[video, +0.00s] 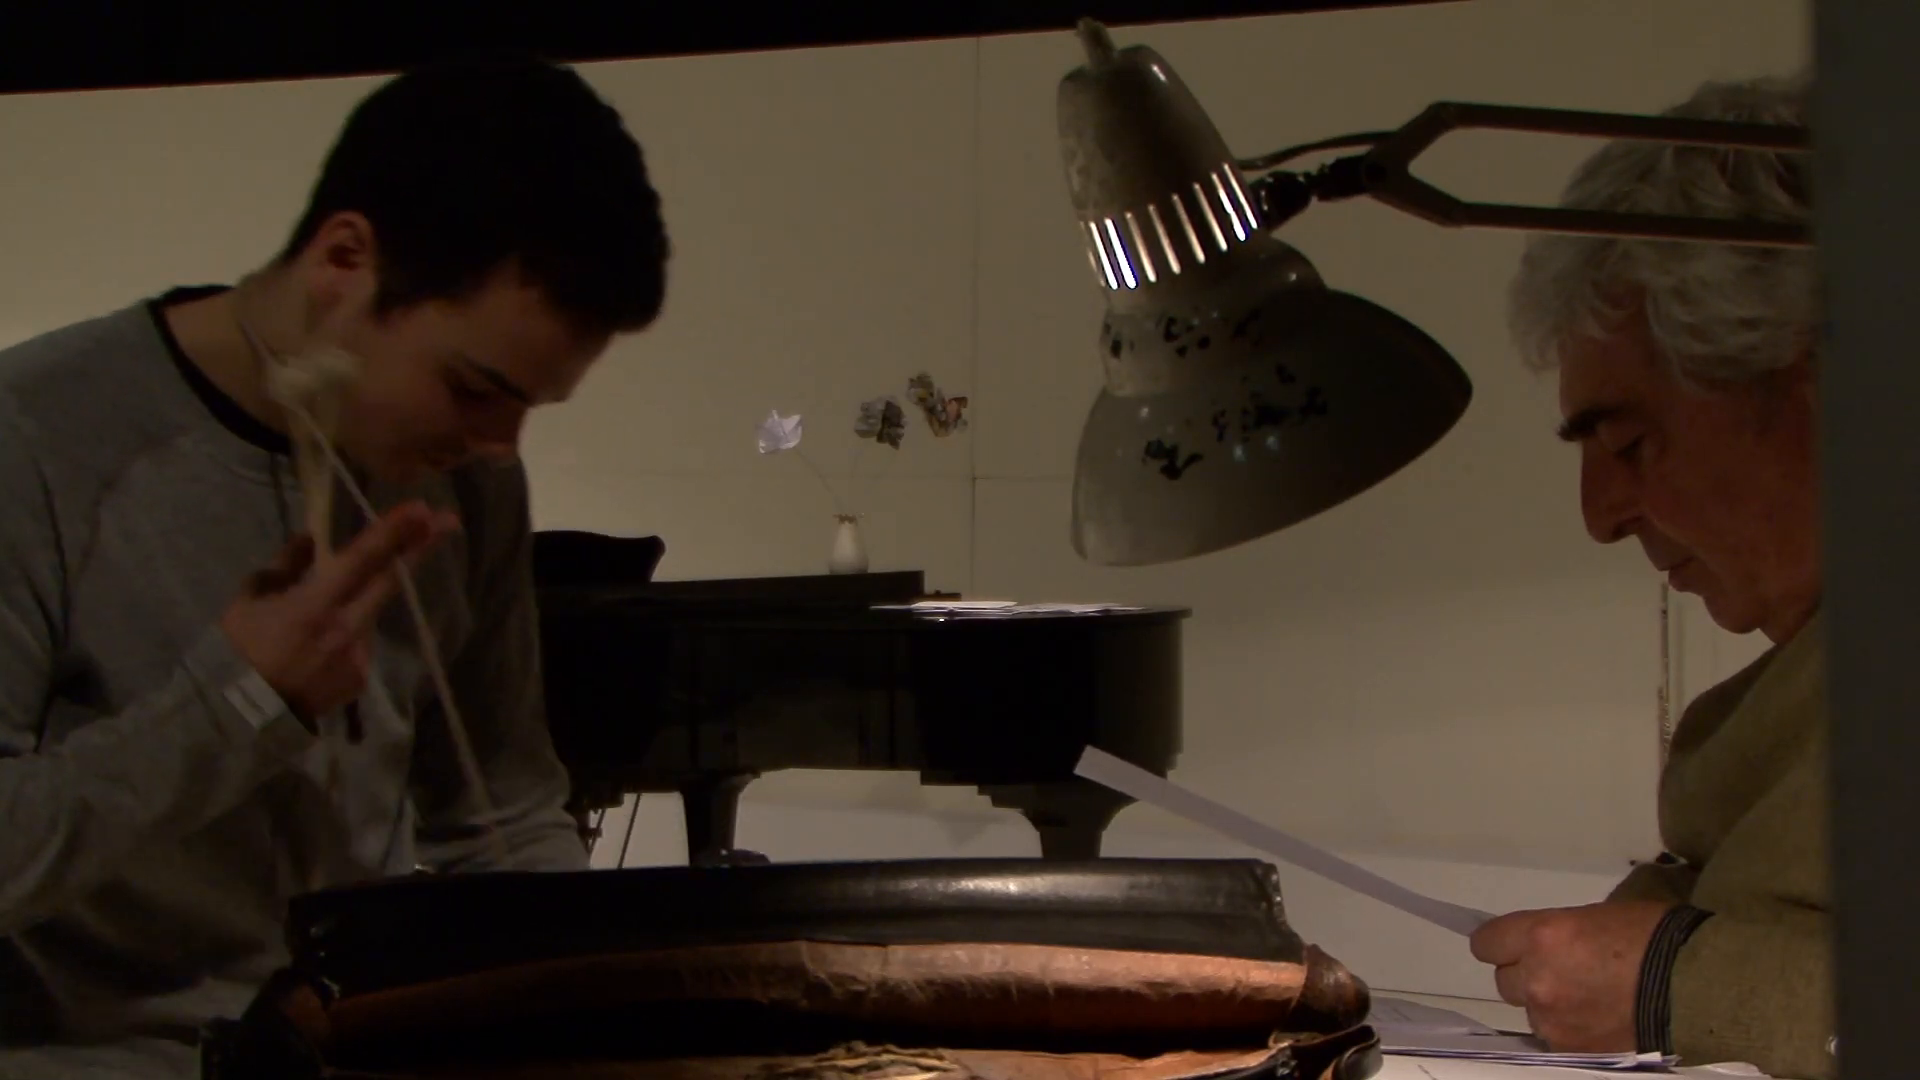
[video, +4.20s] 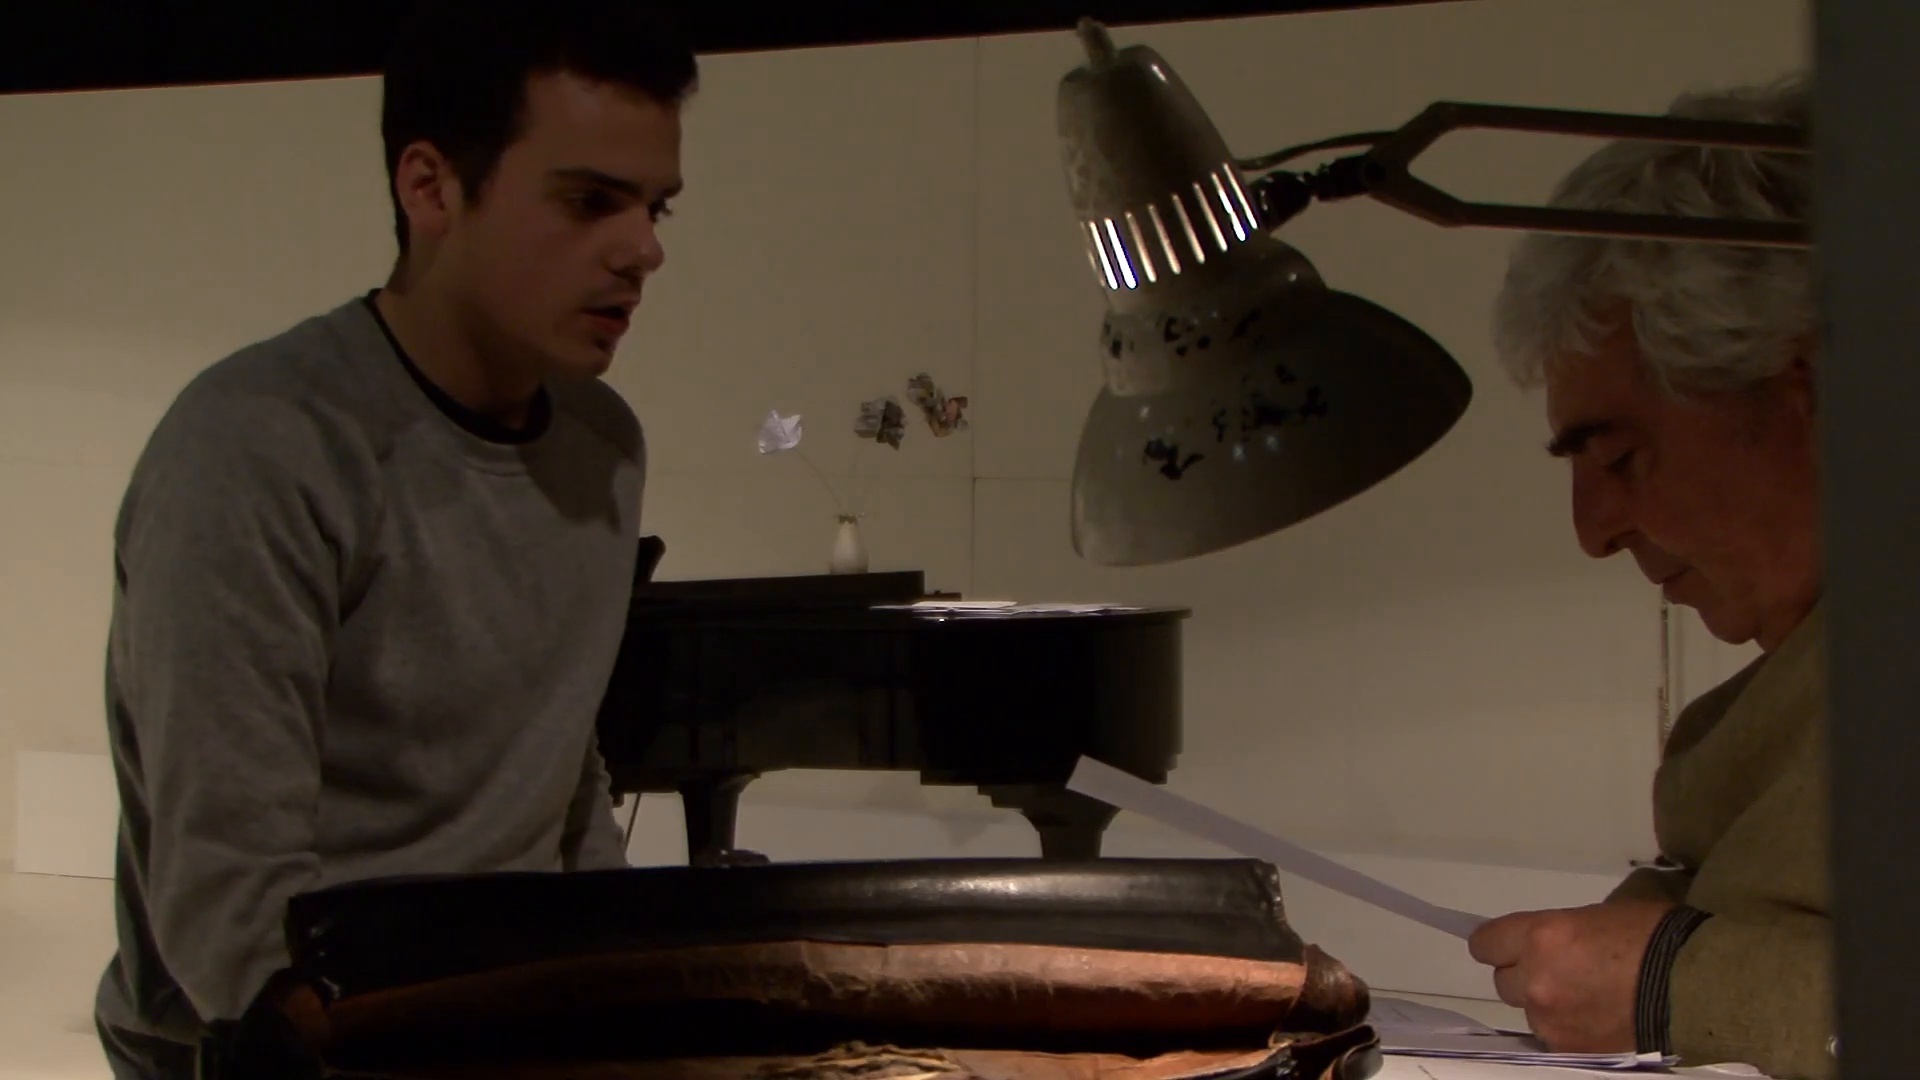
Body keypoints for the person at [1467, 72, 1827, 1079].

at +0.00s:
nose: (1602, 516)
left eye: (1627, 438)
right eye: (1591, 450)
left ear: (1808, 381)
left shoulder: (1873, 658)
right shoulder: (1798, 668)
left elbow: (1895, 1005)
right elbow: (1741, 866)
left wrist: (1674, 984)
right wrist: (1650, 927)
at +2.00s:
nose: (1601, 520)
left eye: (1624, 442)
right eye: (1591, 455)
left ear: (1810, 379)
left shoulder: (1873, 653)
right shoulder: (1792, 669)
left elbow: (1894, 1003)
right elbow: (1732, 873)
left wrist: (1674, 983)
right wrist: (1643, 947)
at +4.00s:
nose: (1594, 533)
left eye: (1618, 455)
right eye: (1582, 470)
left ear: (1799, 382)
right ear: (1792, 381)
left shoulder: (1873, 659)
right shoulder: (1787, 681)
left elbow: (1890, 1007)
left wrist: (1676, 985)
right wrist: (1651, 931)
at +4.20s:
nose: (1594, 533)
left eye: (1617, 455)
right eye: (1582, 470)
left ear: (1800, 383)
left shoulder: (1872, 661)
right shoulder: (1783, 685)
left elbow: (1889, 1008)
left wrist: (1674, 983)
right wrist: (1654, 930)